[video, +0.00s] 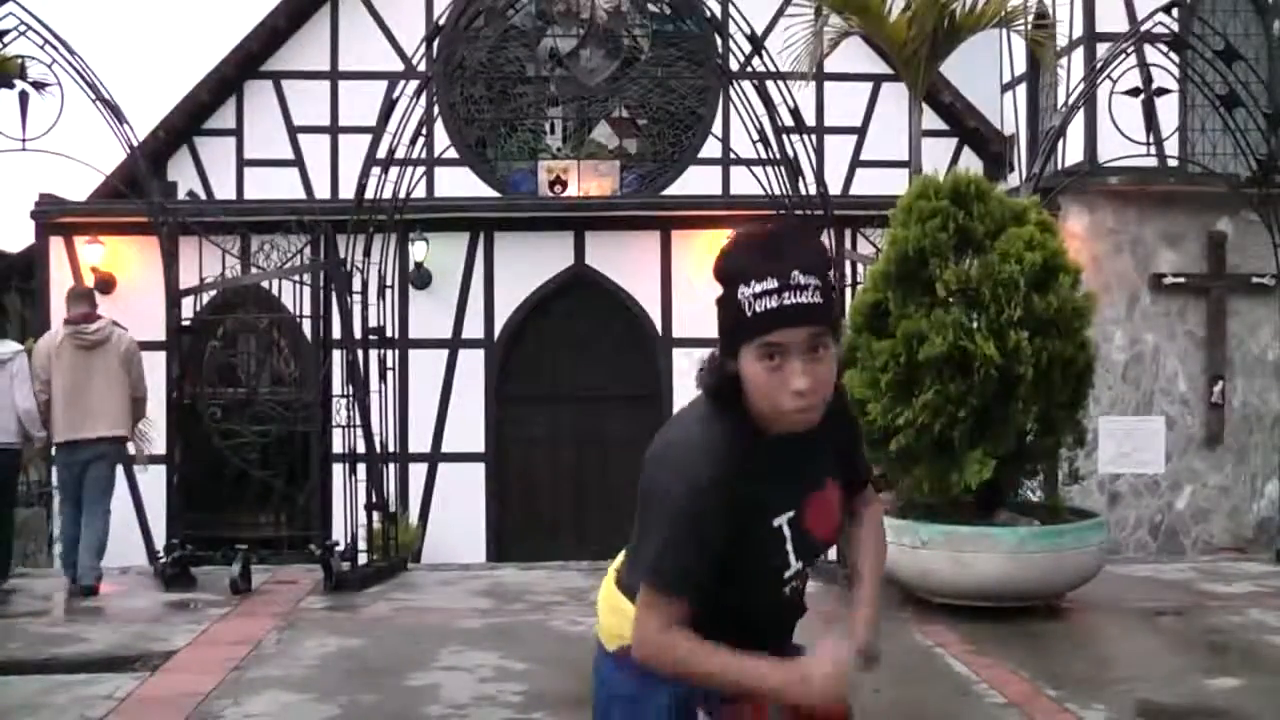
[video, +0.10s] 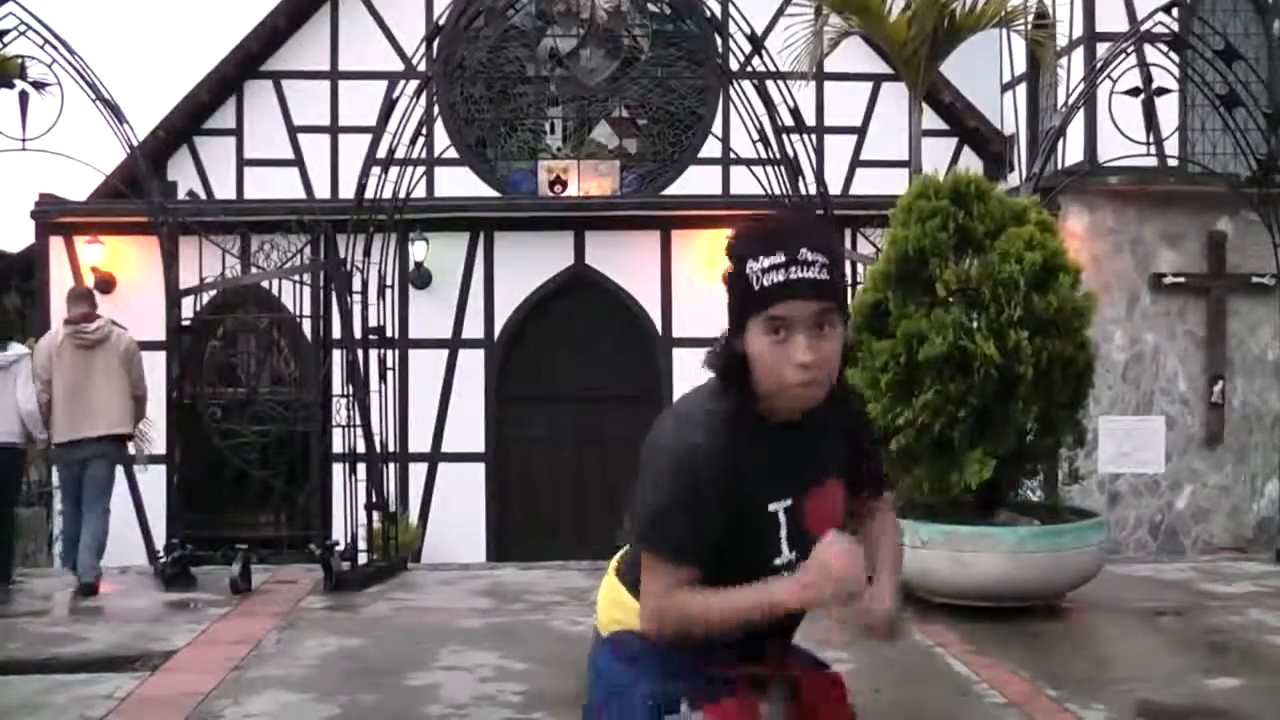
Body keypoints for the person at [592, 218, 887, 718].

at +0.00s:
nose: (800, 379)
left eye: (816, 352)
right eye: (773, 356)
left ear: (836, 349)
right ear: (733, 360)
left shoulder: (830, 414)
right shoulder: (694, 459)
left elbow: (862, 507)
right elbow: (651, 640)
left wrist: (864, 615)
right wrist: (790, 679)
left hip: (759, 646)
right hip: (655, 662)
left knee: (829, 704)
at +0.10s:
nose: (806, 354)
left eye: (823, 326)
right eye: (778, 329)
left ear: (844, 329)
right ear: (740, 337)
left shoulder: (840, 412)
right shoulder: (690, 439)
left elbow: (873, 504)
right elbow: (660, 613)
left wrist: (883, 589)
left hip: (758, 641)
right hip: (653, 650)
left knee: (829, 699)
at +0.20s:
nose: (808, 327)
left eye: (825, 304)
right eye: (783, 306)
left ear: (848, 314)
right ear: (746, 316)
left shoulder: (845, 404)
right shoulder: (694, 415)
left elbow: (880, 491)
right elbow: (656, 579)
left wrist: (892, 542)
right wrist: (798, 561)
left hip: (767, 634)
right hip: (660, 637)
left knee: (825, 704)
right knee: (657, 707)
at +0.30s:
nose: (809, 302)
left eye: (826, 279)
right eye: (784, 281)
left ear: (850, 288)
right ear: (748, 292)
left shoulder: (853, 389)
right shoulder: (699, 397)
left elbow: (898, 520)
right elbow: (648, 550)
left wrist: (901, 497)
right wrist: (785, 573)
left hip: (785, 642)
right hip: (678, 642)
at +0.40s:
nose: (811, 279)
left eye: (827, 259)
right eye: (787, 263)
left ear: (849, 272)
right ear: (756, 280)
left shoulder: (861, 383)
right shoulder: (711, 381)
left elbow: (916, 523)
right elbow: (642, 518)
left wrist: (896, 481)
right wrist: (757, 578)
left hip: (813, 643)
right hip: (703, 643)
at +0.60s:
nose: (820, 272)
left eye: (837, 255)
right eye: (799, 257)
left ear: (860, 270)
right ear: (772, 276)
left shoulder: (883, 382)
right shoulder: (726, 363)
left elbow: (939, 504)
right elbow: (661, 485)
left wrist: (898, 554)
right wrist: (759, 469)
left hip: (833, 618)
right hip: (725, 613)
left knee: (872, 709)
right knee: (727, 691)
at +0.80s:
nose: (821, 260)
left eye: (839, 245)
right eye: (802, 245)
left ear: (862, 262)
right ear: (775, 265)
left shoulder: (886, 373)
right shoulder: (728, 349)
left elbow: (946, 499)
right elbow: (662, 469)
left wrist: (897, 489)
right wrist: (764, 476)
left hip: (833, 617)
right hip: (722, 609)